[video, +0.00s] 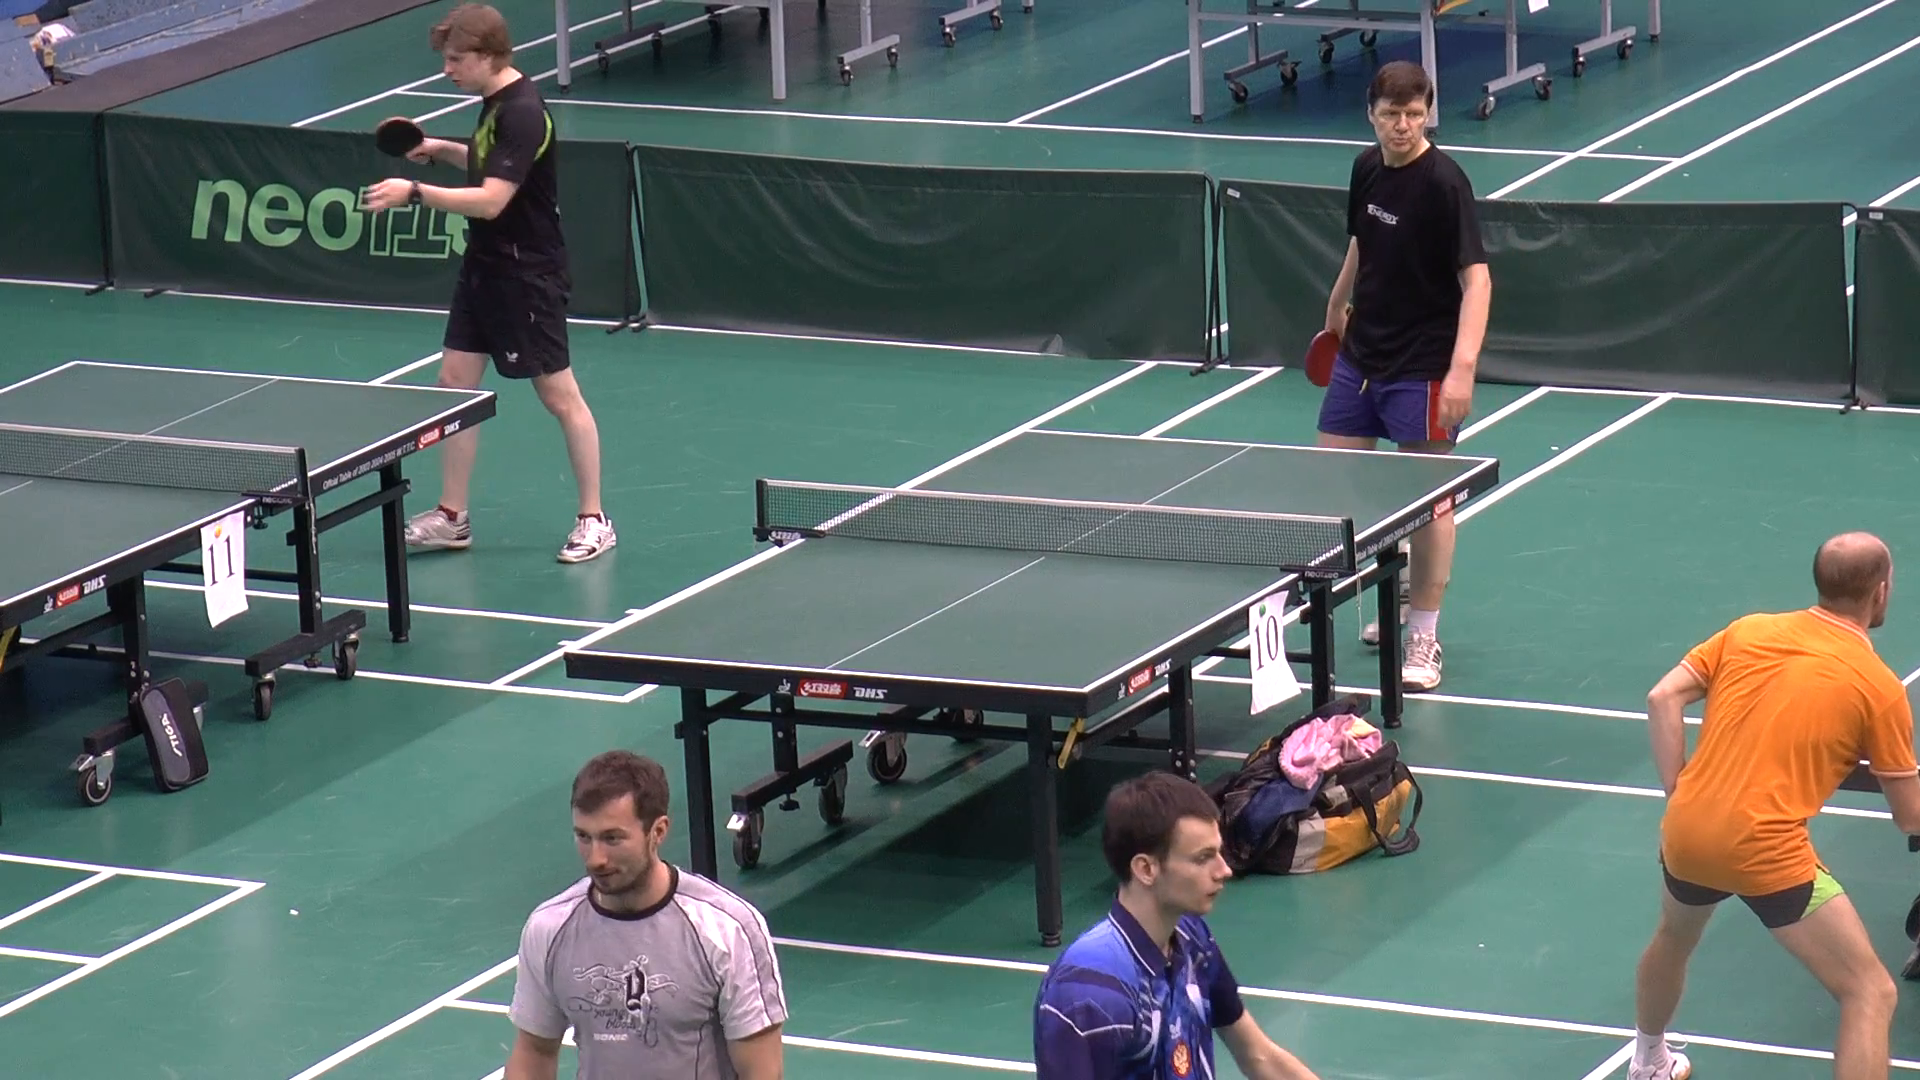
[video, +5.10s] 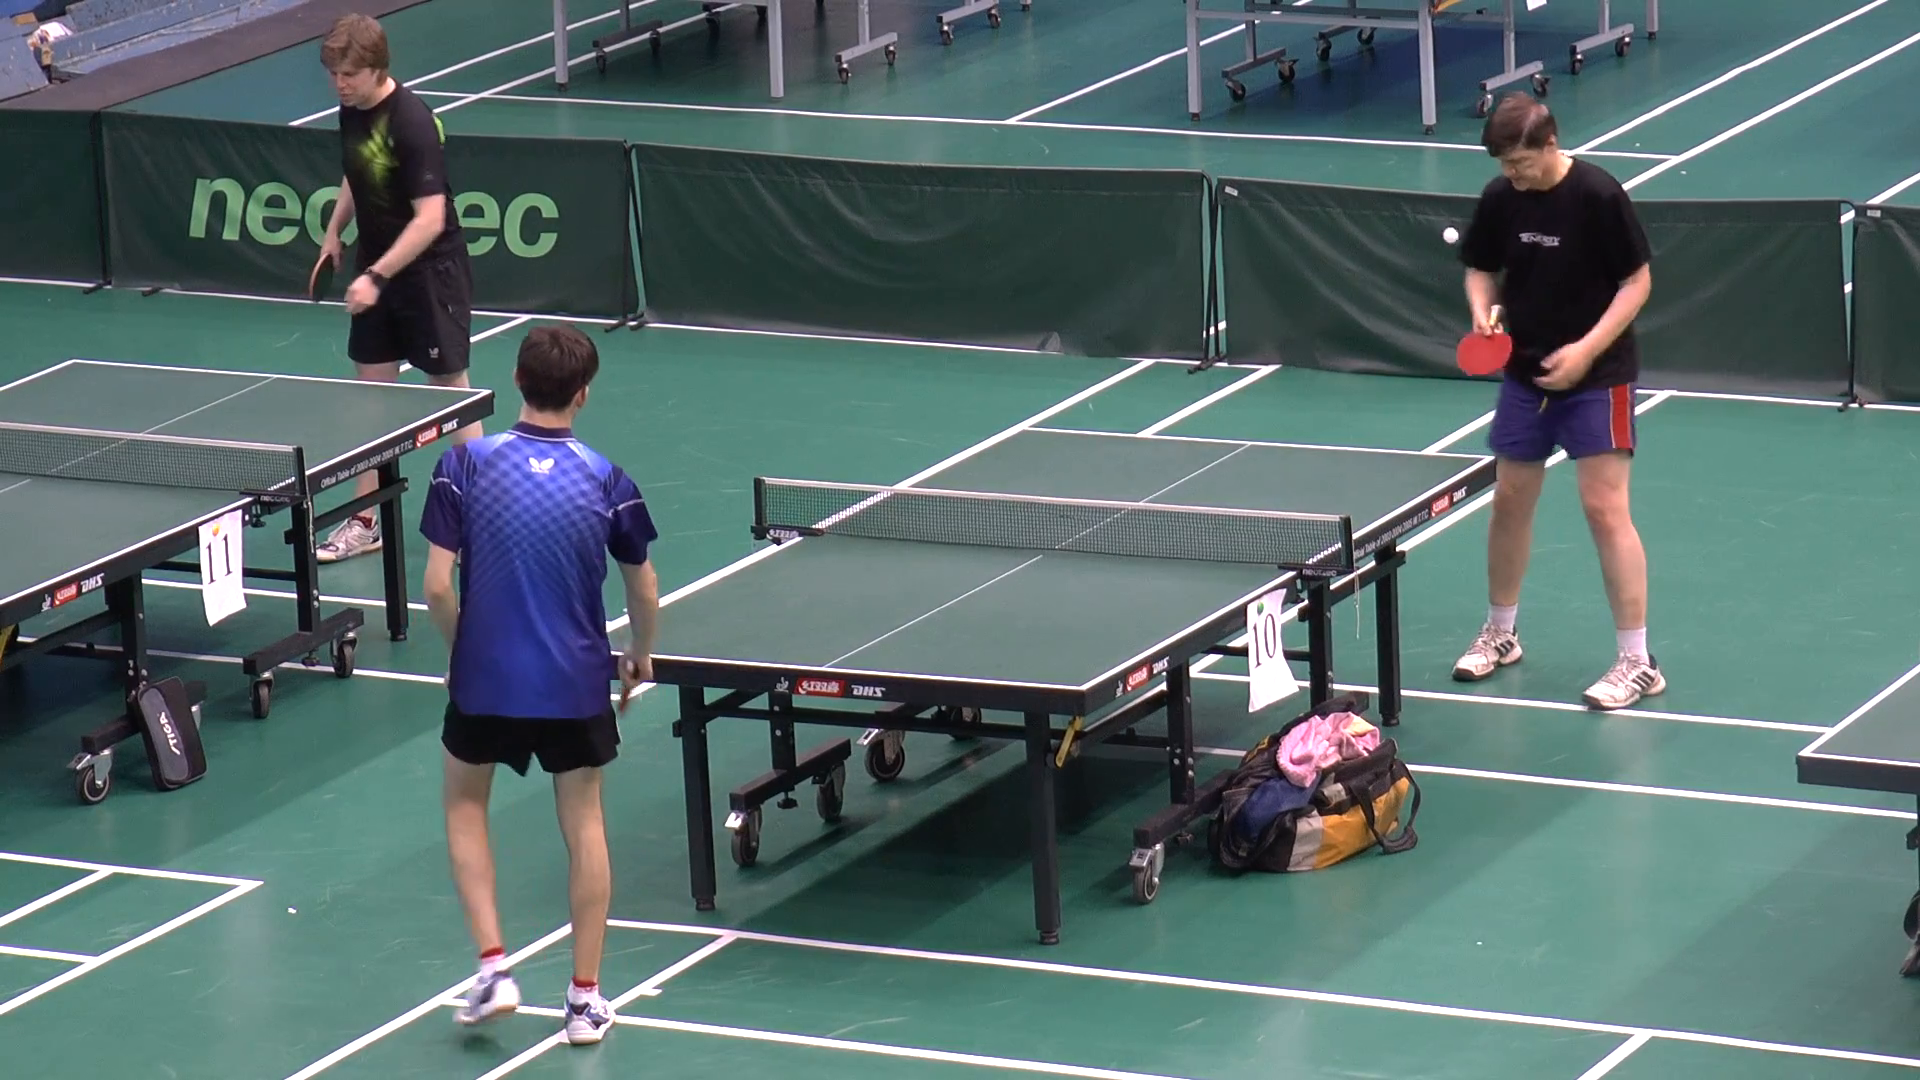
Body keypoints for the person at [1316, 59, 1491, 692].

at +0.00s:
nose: (1402, 126)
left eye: (1413, 115)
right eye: (1391, 115)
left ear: (1429, 114)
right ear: (1373, 115)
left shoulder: (1447, 183)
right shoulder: (1365, 168)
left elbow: (1478, 280)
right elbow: (1362, 246)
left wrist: (1463, 370)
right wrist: (1338, 304)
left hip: (1420, 371)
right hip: (1359, 359)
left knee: (1429, 500)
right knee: (1331, 476)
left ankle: (1423, 634)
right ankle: (1406, 588)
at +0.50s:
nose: (1361, 108)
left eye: (1372, 98)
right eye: (1349, 99)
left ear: (1387, 104)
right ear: (1330, 107)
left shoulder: (1416, 176)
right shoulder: (1310, 177)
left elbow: (1454, 265)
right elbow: (1288, 259)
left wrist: (1474, 348)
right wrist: (1256, 332)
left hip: (1400, 365)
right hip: (1325, 366)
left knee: (1414, 501)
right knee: (1310, 492)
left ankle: (1418, 636)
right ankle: (1357, 610)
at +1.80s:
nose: (1426, 104)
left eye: (1440, 96)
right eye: (1419, 93)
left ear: (1462, 102)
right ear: (1407, 95)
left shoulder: (1487, 167)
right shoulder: (1390, 162)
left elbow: (1520, 261)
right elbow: (1383, 238)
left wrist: (1528, 350)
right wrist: (1348, 303)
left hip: (1475, 349)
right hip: (1401, 344)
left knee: (1489, 474)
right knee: (1381, 474)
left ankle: (1498, 593)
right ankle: (1364, 604)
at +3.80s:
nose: (1454, 99)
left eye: (1467, 90)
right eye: (1447, 87)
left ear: (1493, 90)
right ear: (1439, 86)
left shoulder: (1528, 154)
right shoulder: (1419, 154)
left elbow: (1558, 244)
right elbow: (1399, 233)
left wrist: (1575, 330)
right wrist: (1389, 278)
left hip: (1506, 340)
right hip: (1430, 336)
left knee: (1507, 471)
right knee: (1394, 465)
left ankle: (1496, 591)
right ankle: (1395, 588)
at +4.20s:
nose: (1473, 109)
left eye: (1485, 99)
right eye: (1466, 98)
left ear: (1515, 94)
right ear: (1458, 95)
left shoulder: (1553, 154)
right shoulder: (1440, 161)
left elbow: (1581, 239)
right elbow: (1414, 243)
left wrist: (1600, 323)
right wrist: (1424, 289)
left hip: (1533, 340)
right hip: (1461, 339)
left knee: (1518, 467)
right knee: (1464, 470)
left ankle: (1500, 587)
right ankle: (1471, 612)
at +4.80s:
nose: (1483, 162)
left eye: (1491, 150)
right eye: (1471, 154)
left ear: (1512, 126)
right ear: (1459, 144)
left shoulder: (1558, 166)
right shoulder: (1443, 195)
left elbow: (1591, 244)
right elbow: (1425, 281)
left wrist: (1623, 323)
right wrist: (1459, 316)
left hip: (1563, 357)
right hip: (1487, 365)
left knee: (1592, 485)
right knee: (1487, 493)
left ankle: (1582, 605)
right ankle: (1497, 630)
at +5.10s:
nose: (1513, 177)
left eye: (1521, 166)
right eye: (1505, 167)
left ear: (1550, 144)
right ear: (1499, 157)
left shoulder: (1600, 194)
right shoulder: (1500, 198)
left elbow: (1639, 281)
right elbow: (1480, 267)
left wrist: (1587, 349)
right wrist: (1483, 307)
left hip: (1597, 380)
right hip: (1524, 378)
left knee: (1606, 509)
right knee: (1510, 502)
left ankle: (1635, 660)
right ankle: (1500, 633)